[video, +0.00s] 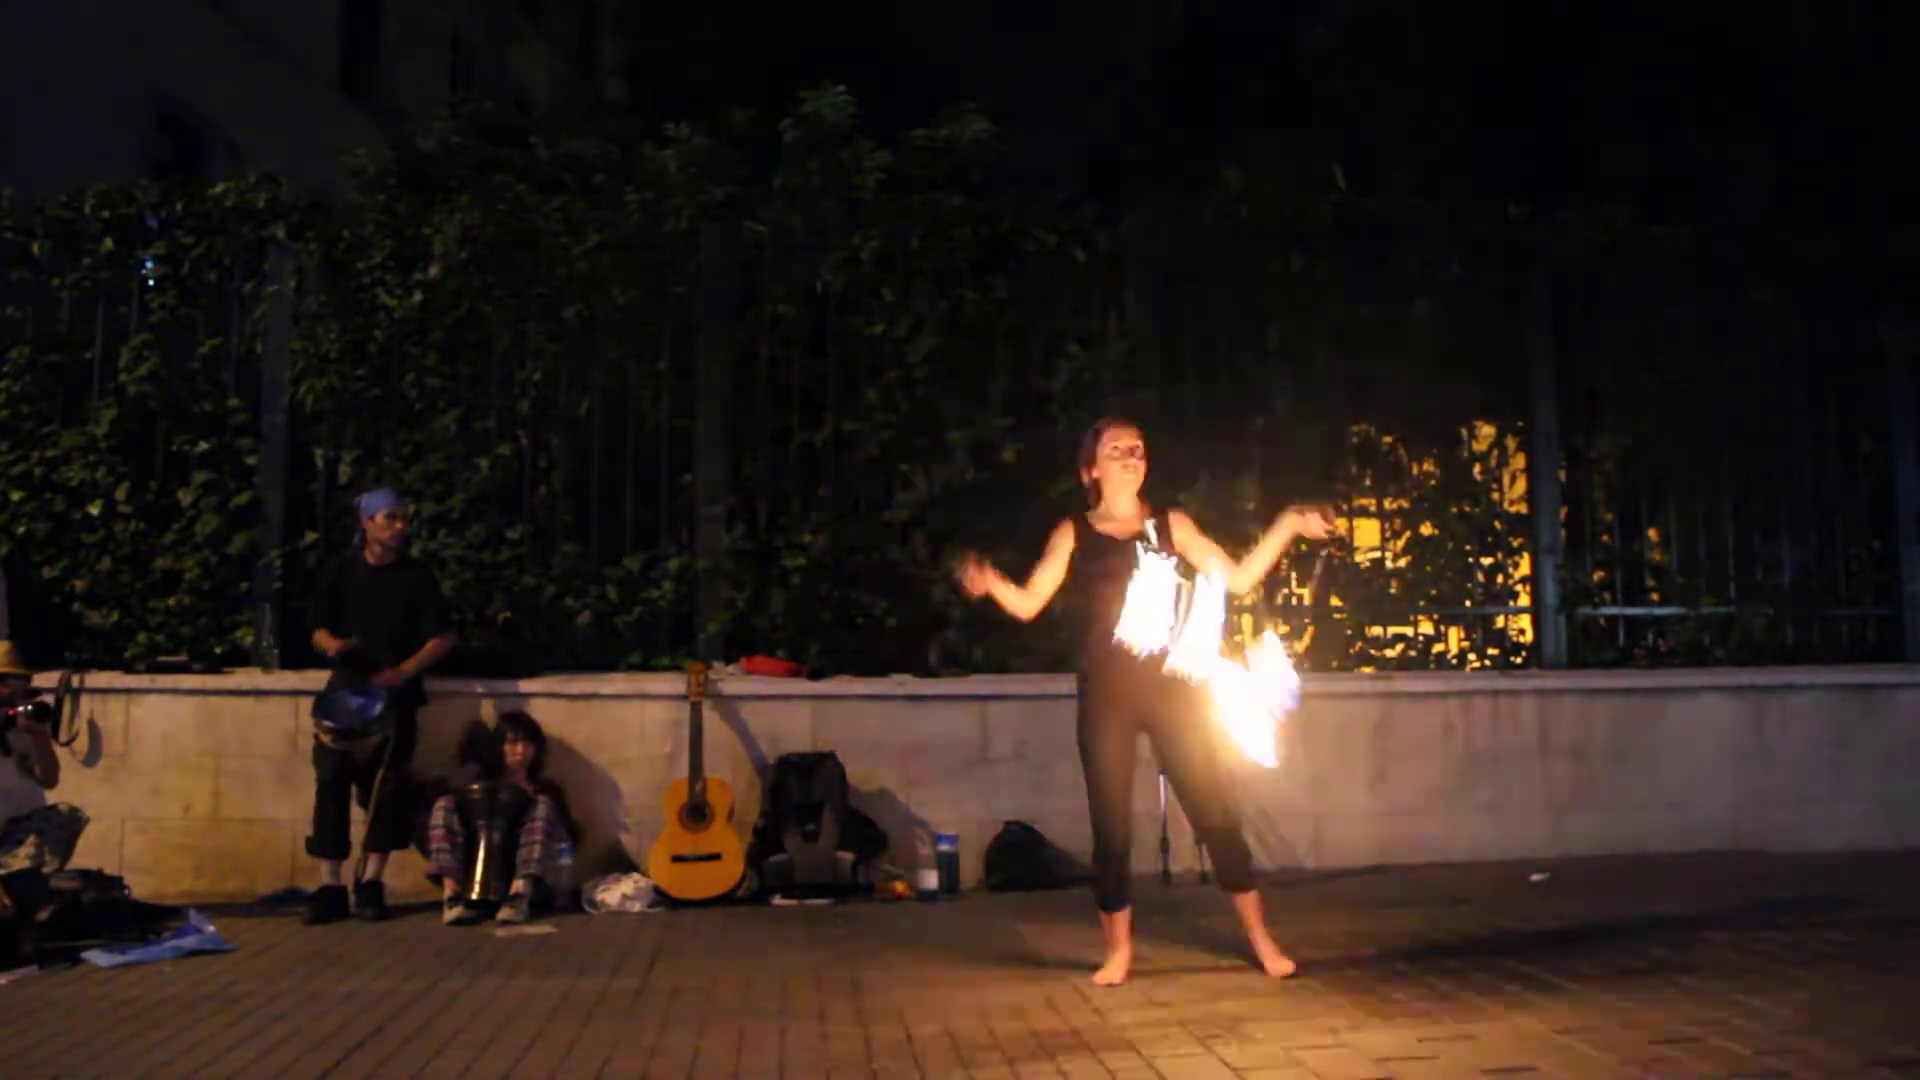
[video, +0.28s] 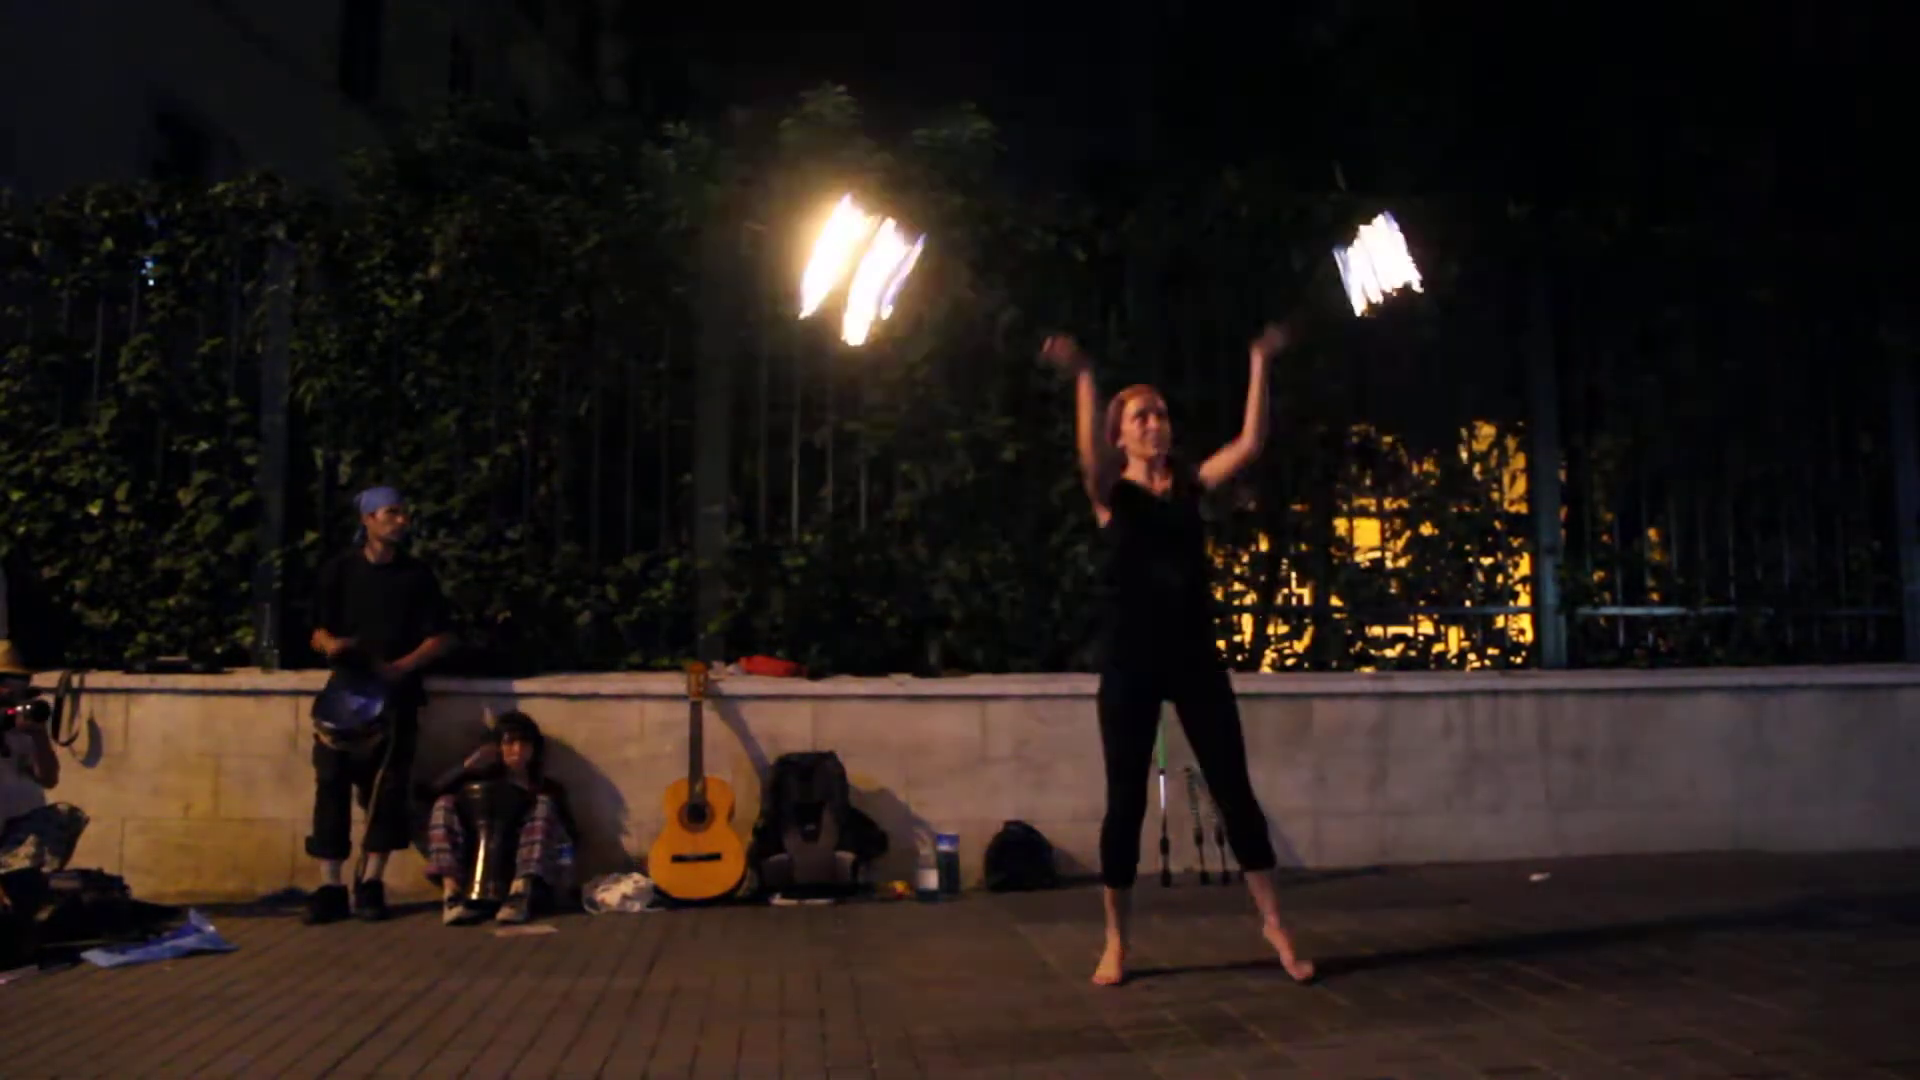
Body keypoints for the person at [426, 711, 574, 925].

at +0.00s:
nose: (520, 750)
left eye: (526, 743)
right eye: (512, 742)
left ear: (536, 749)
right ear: (498, 747)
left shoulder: (547, 790)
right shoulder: (480, 788)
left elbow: (566, 840)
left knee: (541, 806)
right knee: (444, 805)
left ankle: (520, 893)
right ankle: (451, 893)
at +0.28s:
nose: (516, 750)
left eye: (524, 743)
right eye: (509, 743)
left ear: (534, 749)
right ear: (499, 748)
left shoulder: (548, 789)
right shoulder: (481, 782)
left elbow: (566, 840)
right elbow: (435, 792)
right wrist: (467, 767)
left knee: (543, 806)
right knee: (444, 804)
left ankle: (521, 892)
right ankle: (451, 893)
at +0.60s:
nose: (511, 752)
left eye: (518, 744)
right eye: (505, 744)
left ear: (531, 749)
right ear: (496, 746)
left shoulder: (547, 786)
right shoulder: (483, 777)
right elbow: (440, 774)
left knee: (544, 806)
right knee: (443, 805)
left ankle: (520, 892)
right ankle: (451, 892)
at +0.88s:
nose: (516, 746)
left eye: (525, 741)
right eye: (510, 738)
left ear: (536, 750)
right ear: (501, 742)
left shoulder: (543, 782)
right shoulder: (483, 772)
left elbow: (571, 837)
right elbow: (436, 789)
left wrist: (544, 799)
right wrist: (472, 771)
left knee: (540, 811)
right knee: (443, 805)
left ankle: (520, 893)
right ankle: (451, 892)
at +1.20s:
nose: (520, 747)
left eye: (530, 743)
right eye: (516, 738)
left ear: (537, 751)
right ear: (505, 741)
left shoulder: (548, 787)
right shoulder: (481, 776)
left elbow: (564, 838)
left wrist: (541, 799)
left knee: (541, 807)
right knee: (443, 806)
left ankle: (520, 892)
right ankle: (451, 892)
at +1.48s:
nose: (523, 751)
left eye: (532, 747)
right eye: (520, 741)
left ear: (540, 755)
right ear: (509, 744)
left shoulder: (548, 788)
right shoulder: (487, 780)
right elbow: (450, 790)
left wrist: (542, 797)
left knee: (541, 809)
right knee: (444, 804)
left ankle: (520, 892)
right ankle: (450, 892)